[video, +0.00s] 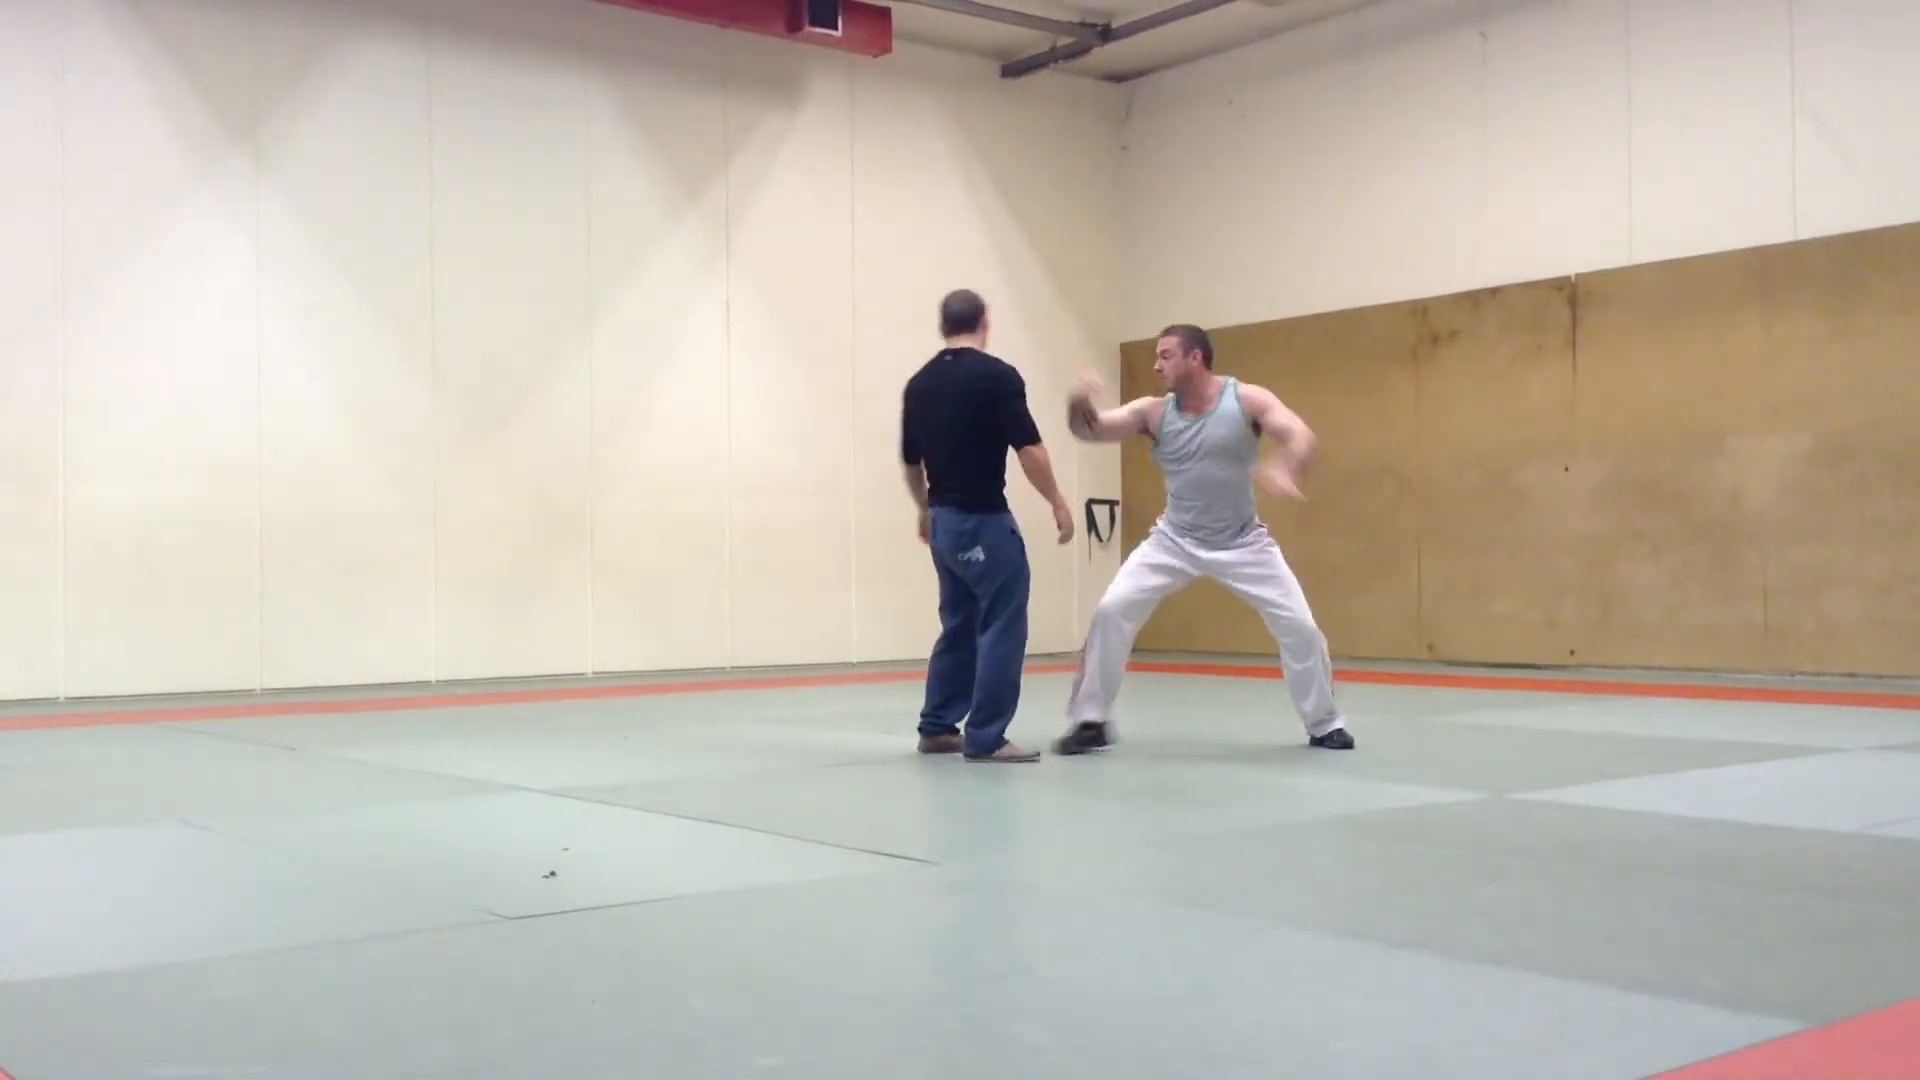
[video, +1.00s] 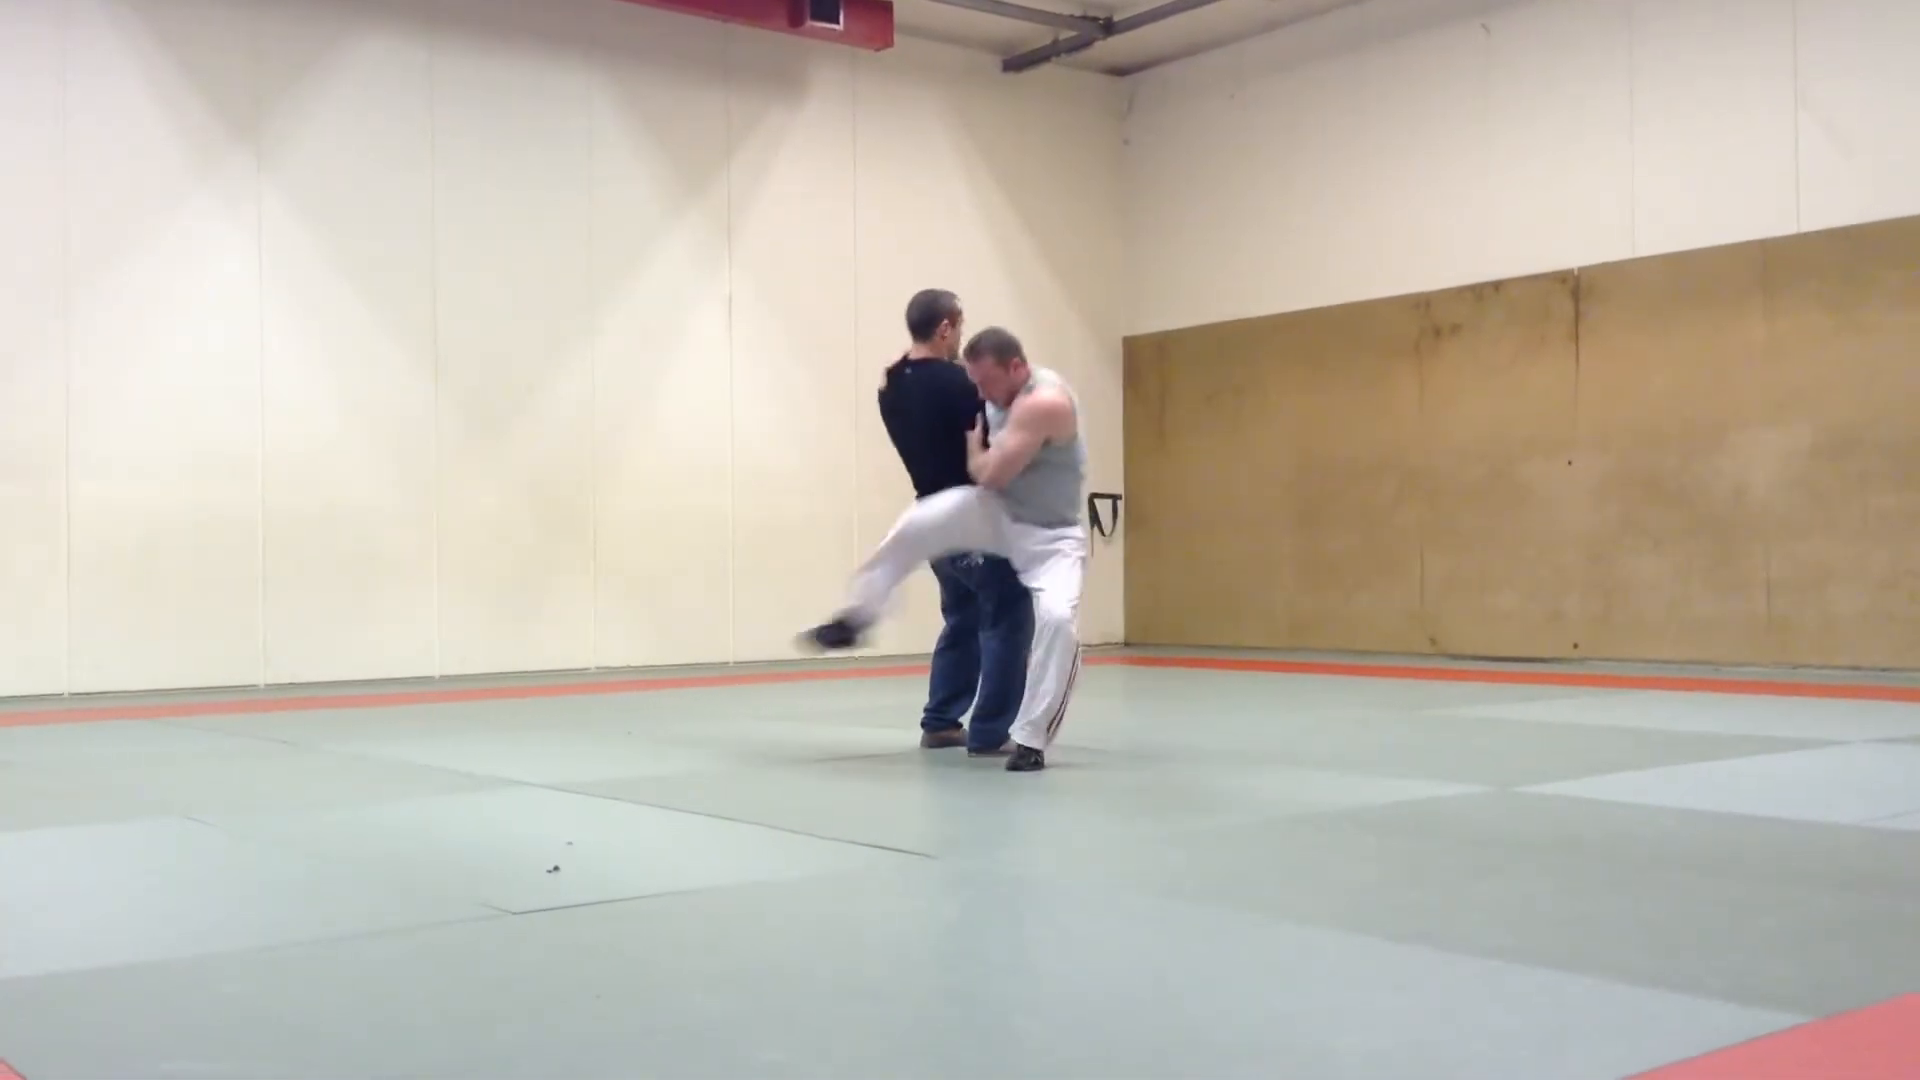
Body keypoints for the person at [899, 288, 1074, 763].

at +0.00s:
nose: (988, 327)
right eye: (987, 320)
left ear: (943, 327)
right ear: (983, 322)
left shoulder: (919, 383)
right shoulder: (999, 376)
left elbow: (912, 462)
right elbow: (1030, 452)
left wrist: (924, 509)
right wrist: (1057, 501)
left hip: (943, 522)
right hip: (987, 524)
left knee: (959, 625)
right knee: (1005, 627)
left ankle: (937, 726)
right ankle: (986, 739)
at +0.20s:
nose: (963, 334)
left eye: (957, 329)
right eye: (962, 328)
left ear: (916, 335)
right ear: (958, 329)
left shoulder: (898, 394)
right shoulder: (983, 373)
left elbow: (892, 473)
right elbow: (1027, 439)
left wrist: (898, 527)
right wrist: (1054, 481)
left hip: (941, 529)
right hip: (987, 526)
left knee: (958, 628)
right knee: (1003, 628)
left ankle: (936, 728)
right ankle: (986, 739)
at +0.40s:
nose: (954, 335)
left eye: (949, 328)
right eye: (953, 328)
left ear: (907, 336)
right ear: (947, 329)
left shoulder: (891, 397)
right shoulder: (974, 371)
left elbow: (888, 477)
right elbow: (1020, 437)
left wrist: (899, 532)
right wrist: (1041, 475)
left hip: (941, 527)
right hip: (985, 525)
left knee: (960, 626)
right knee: (1005, 626)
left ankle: (938, 727)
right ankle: (987, 737)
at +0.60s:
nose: (960, 333)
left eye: (957, 327)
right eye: (959, 326)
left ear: (913, 332)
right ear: (951, 326)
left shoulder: (894, 392)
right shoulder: (971, 373)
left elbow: (903, 475)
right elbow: (1010, 442)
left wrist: (932, 512)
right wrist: (1029, 483)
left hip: (939, 527)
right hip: (981, 525)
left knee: (961, 625)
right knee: (1007, 622)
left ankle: (939, 725)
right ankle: (990, 735)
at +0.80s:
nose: (970, 333)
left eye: (970, 326)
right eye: (969, 326)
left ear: (923, 327)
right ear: (956, 324)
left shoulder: (899, 380)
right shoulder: (963, 373)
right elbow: (1003, 455)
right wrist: (1030, 488)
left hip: (936, 521)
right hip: (977, 521)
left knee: (960, 621)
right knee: (1005, 619)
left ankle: (939, 722)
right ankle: (989, 732)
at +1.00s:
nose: (962, 335)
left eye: (961, 327)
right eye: (960, 327)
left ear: (914, 329)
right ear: (945, 328)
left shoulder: (892, 386)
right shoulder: (959, 384)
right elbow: (984, 449)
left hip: (930, 521)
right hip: (974, 516)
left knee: (960, 620)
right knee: (1009, 621)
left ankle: (941, 720)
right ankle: (991, 731)